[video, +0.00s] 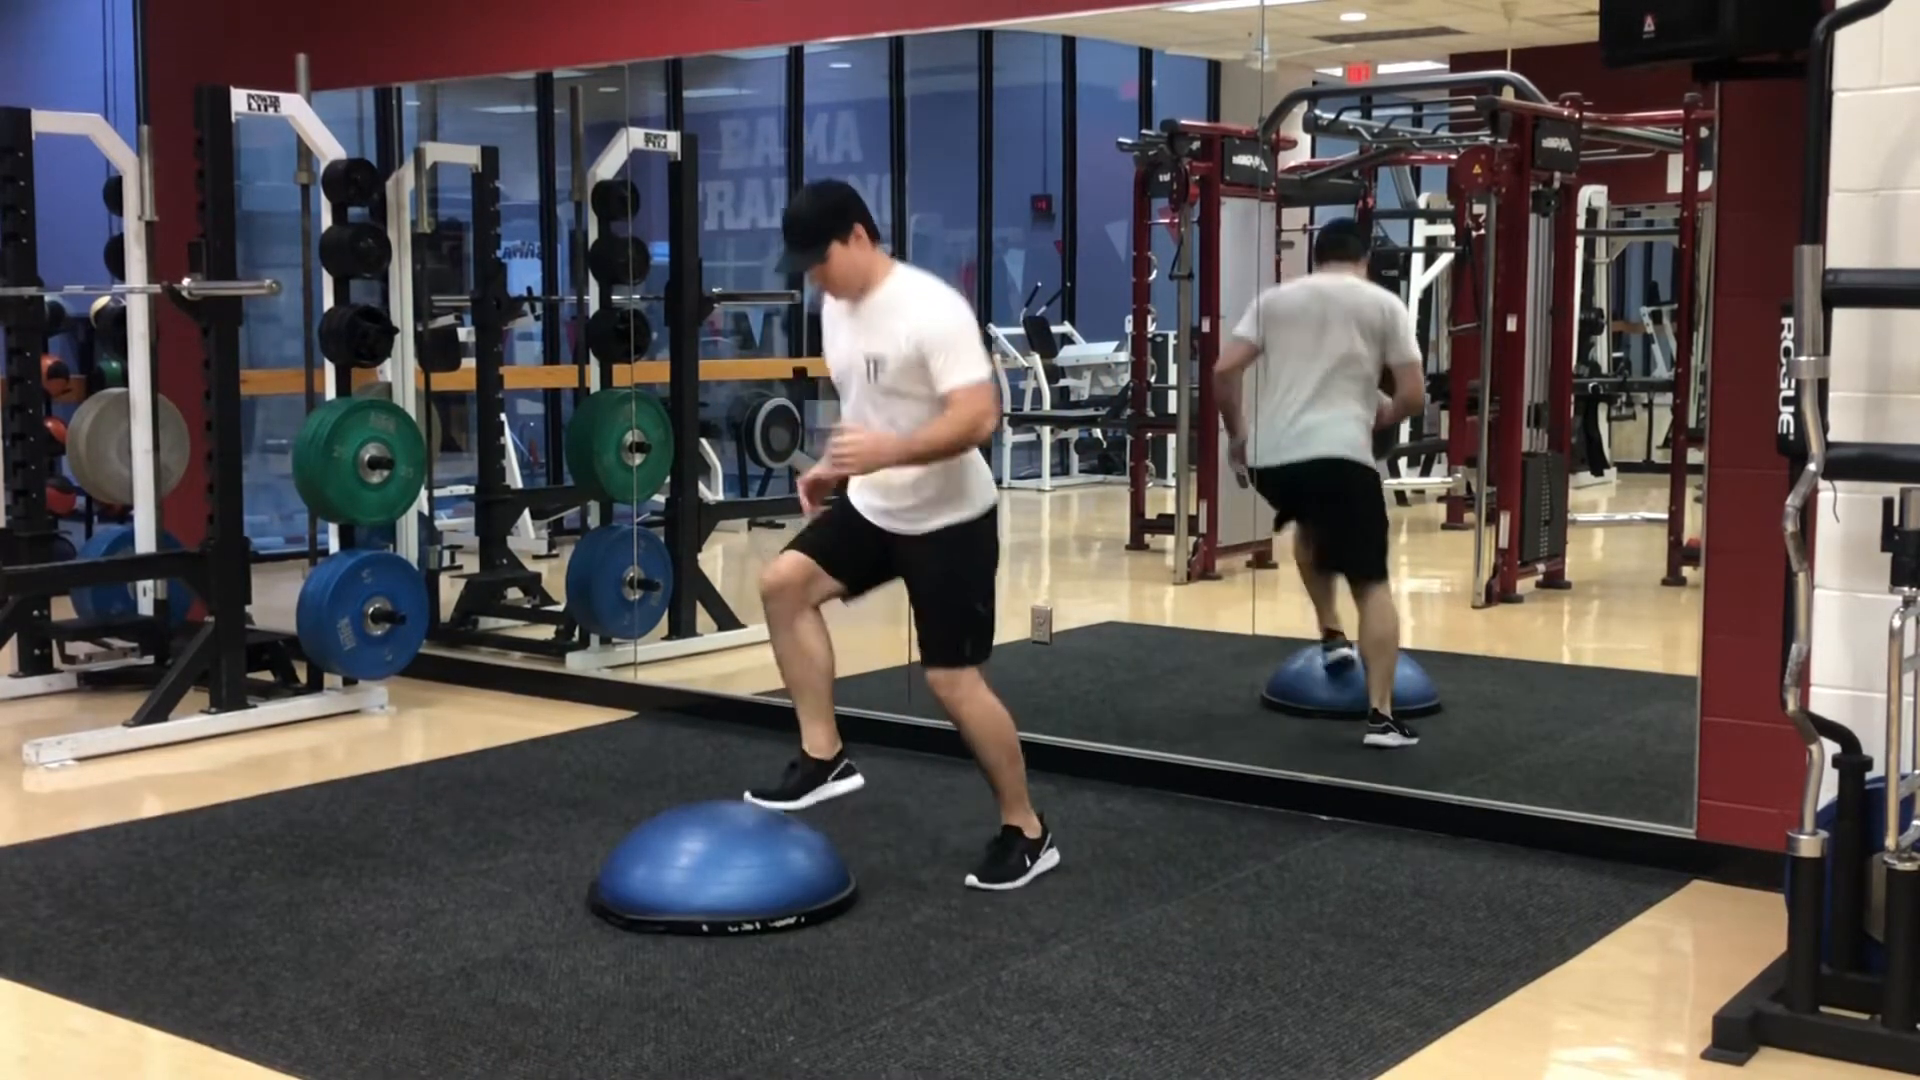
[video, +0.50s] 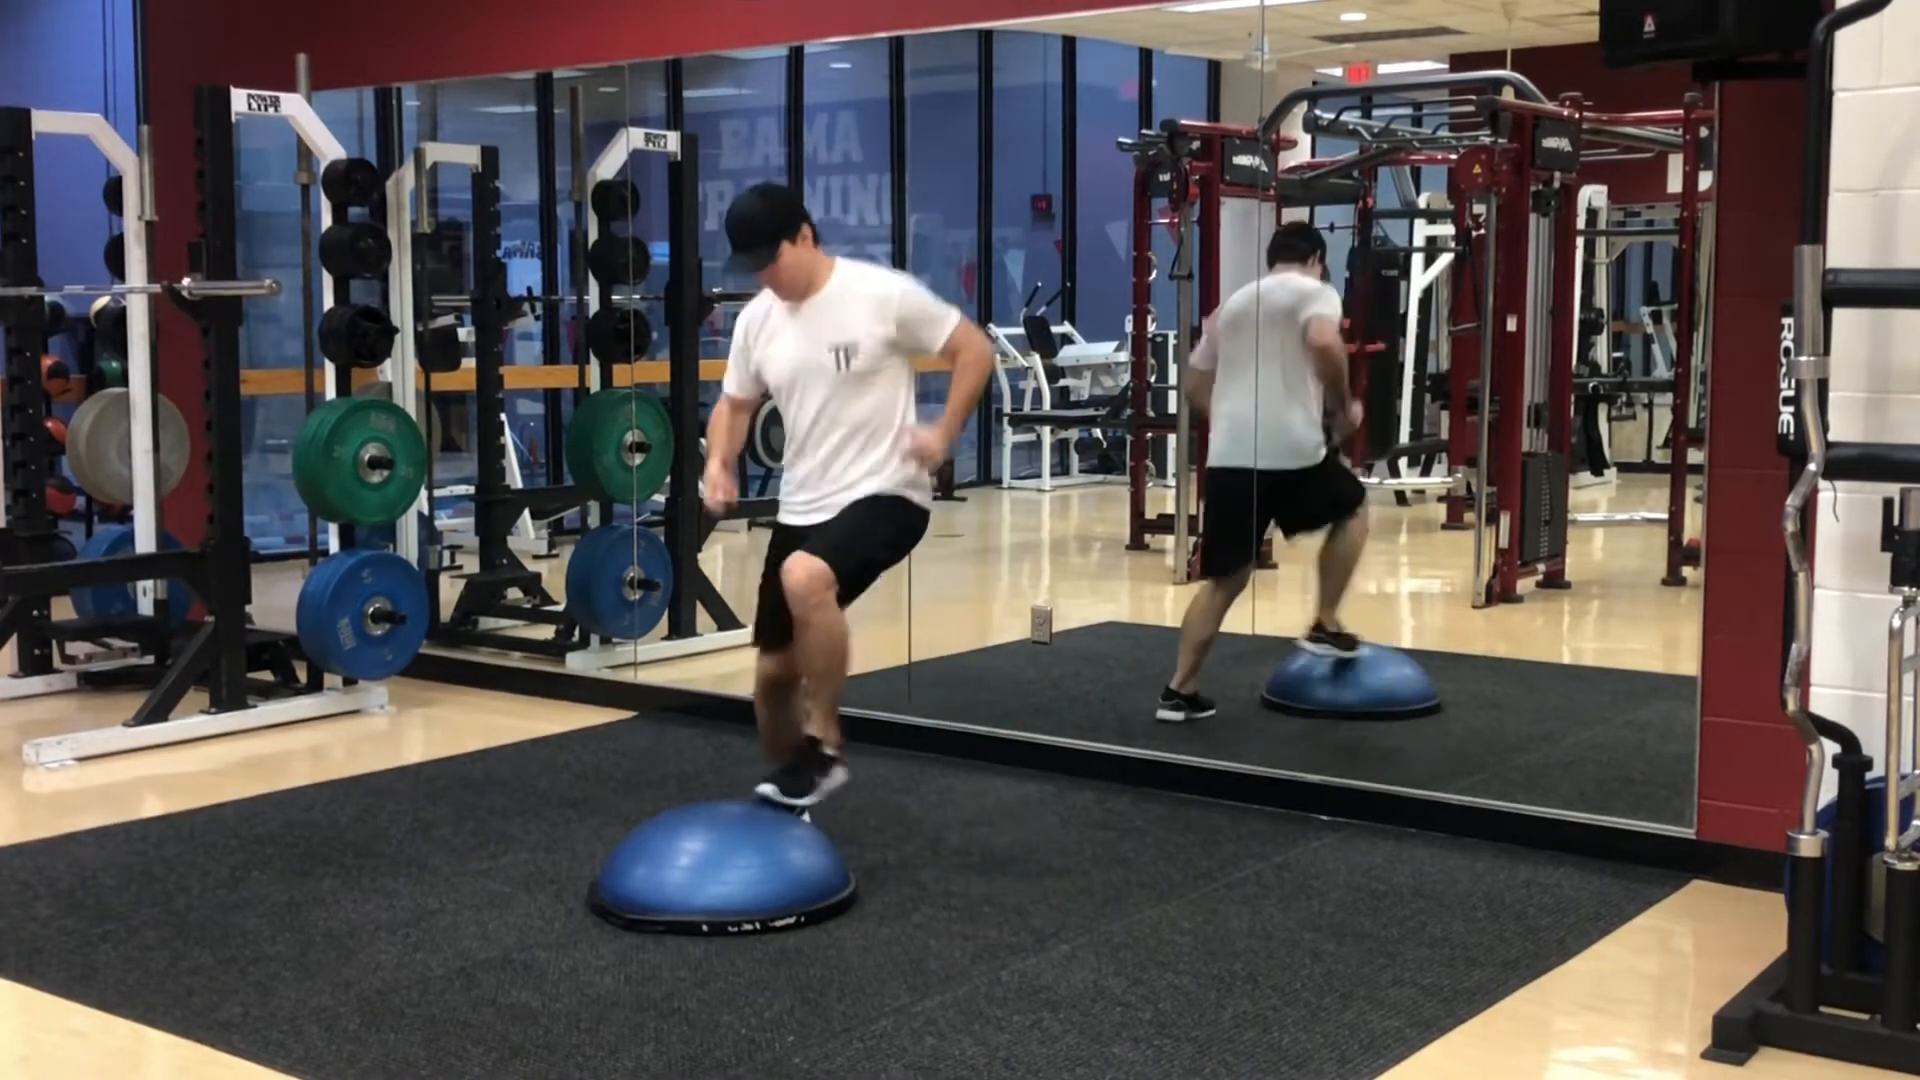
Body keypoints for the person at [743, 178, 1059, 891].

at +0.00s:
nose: (814, 279)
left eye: (818, 262)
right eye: (808, 266)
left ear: (857, 238)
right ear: (842, 247)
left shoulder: (934, 307)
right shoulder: (836, 306)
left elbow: (978, 416)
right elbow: (869, 414)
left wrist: (891, 450)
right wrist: (833, 470)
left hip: (951, 518)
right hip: (874, 510)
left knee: (954, 679)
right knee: (783, 586)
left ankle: (1025, 827)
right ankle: (822, 755)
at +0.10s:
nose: (818, 280)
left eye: (821, 263)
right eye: (811, 268)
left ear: (858, 238)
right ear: (844, 246)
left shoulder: (932, 303)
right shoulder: (840, 301)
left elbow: (967, 412)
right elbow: (848, 390)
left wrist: (867, 409)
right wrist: (824, 439)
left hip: (941, 523)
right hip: (864, 508)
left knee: (955, 682)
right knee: (772, 587)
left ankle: (1025, 828)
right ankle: (822, 744)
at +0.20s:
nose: (800, 250)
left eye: (803, 234)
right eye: (791, 240)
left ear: (838, 205)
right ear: (802, 221)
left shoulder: (920, 259)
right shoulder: (813, 267)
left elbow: (988, 349)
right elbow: (831, 350)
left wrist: (904, 377)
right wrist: (799, 391)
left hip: (919, 487)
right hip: (838, 480)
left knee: (919, 639)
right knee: (769, 599)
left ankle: (986, 793)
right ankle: (789, 745)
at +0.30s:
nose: (778, 251)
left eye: (783, 235)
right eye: (771, 240)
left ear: (819, 208)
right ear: (775, 228)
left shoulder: (906, 258)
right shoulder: (784, 277)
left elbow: (989, 331)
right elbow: (779, 354)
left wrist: (929, 397)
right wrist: (766, 411)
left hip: (907, 464)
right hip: (828, 471)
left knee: (843, 579)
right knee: (789, 631)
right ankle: (774, 768)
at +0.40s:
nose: (766, 279)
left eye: (772, 264)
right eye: (758, 268)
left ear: (807, 238)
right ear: (755, 260)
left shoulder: (889, 292)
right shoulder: (762, 316)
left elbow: (974, 361)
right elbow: (745, 403)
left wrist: (940, 447)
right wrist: (727, 477)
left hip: (891, 489)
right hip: (809, 504)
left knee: (802, 565)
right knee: (781, 660)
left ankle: (825, 731)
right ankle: (786, 782)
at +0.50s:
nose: (763, 278)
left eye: (770, 263)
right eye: (755, 267)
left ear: (804, 238)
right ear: (752, 260)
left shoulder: (882, 293)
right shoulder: (756, 319)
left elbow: (976, 349)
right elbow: (734, 403)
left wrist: (946, 432)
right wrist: (718, 462)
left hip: (887, 491)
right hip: (803, 510)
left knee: (805, 576)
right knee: (776, 668)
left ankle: (823, 745)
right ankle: (786, 782)